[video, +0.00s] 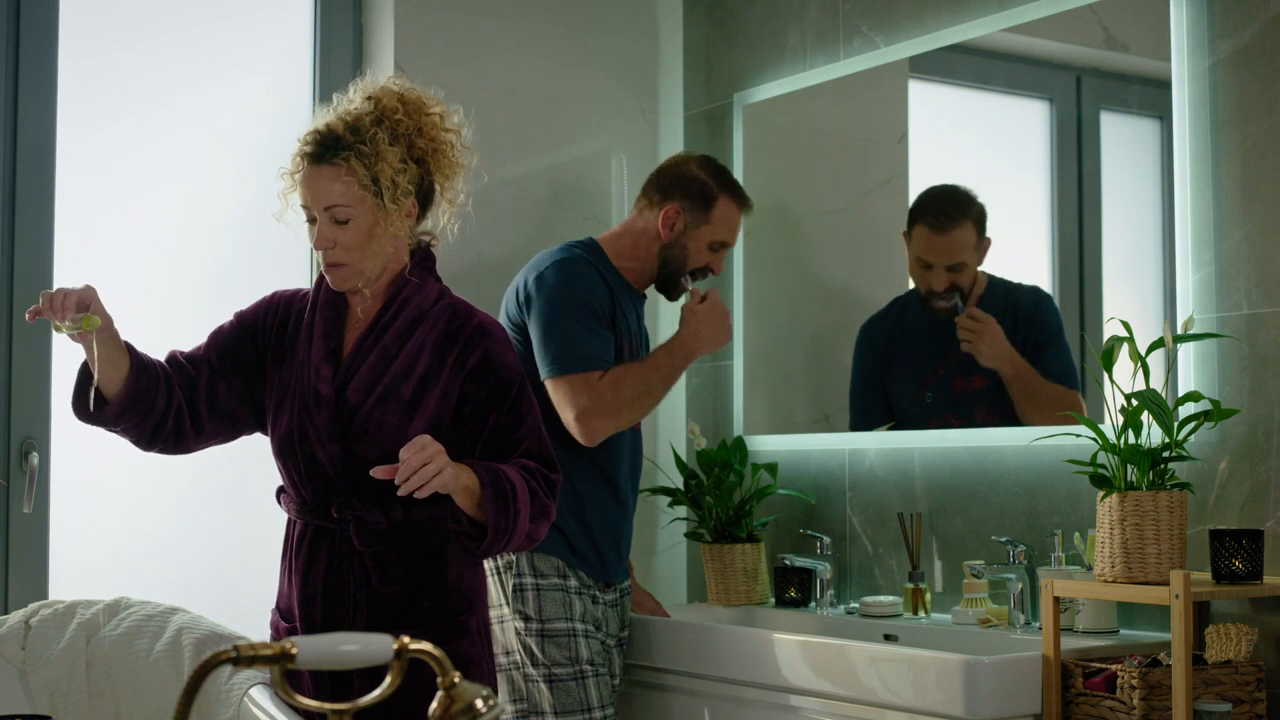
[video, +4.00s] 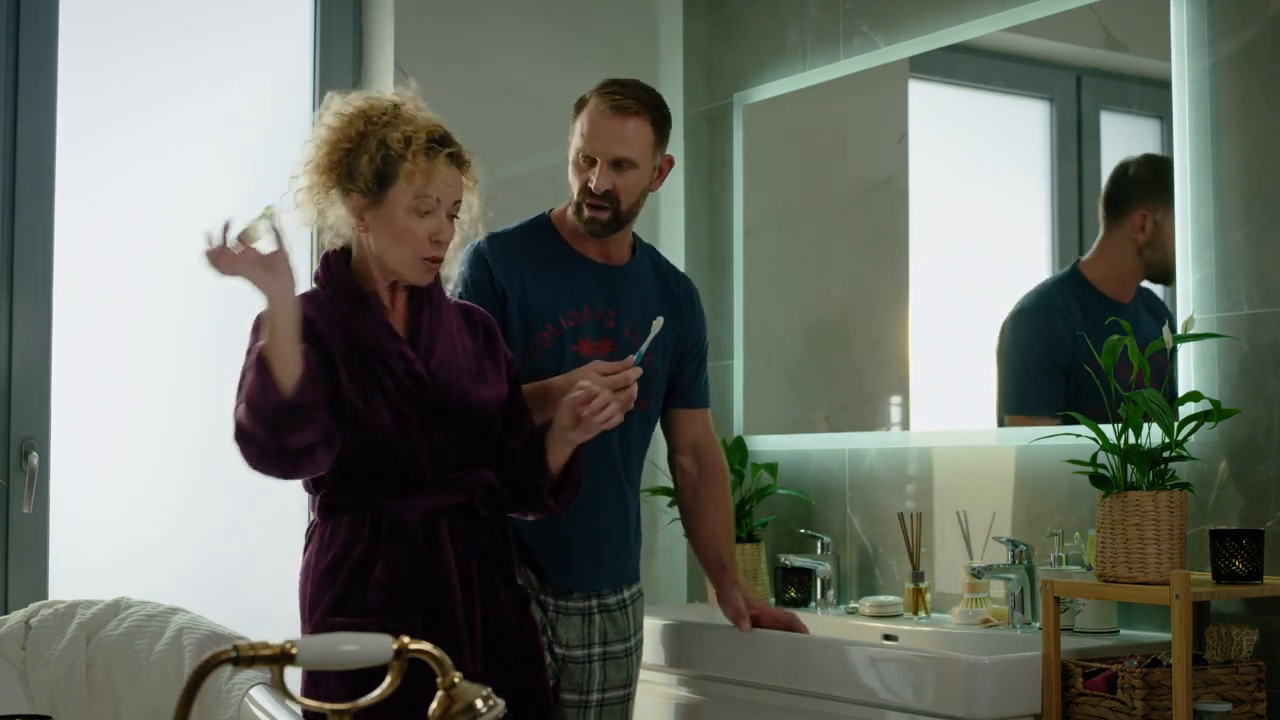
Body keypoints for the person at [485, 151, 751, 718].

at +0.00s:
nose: (716, 267)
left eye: (724, 252)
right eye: (714, 247)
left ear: (670, 225)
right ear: (668, 221)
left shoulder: (623, 306)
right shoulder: (565, 277)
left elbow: (592, 473)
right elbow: (588, 415)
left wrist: (623, 581)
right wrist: (688, 344)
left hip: (595, 576)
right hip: (542, 570)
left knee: (587, 706)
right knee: (566, 710)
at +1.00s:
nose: (679, 213)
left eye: (688, 198)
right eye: (663, 193)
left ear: (695, 202)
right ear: (613, 189)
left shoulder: (629, 303)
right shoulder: (555, 277)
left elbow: (602, 466)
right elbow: (554, 415)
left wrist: (624, 581)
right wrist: (675, 363)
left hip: (600, 577)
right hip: (543, 570)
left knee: (589, 706)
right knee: (570, 709)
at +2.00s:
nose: (605, 178)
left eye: (629, 163)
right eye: (596, 156)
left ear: (665, 178)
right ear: (578, 152)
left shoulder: (677, 297)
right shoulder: (501, 264)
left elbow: (697, 447)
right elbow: (454, 397)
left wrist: (737, 569)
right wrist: (549, 407)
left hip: (605, 572)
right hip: (505, 561)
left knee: (592, 711)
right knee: (508, 713)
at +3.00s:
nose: (600, 193)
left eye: (626, 179)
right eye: (592, 168)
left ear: (668, 187)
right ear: (579, 155)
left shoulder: (684, 301)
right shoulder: (500, 268)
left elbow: (697, 461)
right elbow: (453, 419)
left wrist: (715, 597)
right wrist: (534, 425)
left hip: (607, 583)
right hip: (499, 571)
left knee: (598, 710)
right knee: (501, 713)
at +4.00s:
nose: (597, 183)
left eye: (621, 166)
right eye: (586, 160)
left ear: (660, 171)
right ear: (569, 152)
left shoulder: (671, 295)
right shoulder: (495, 264)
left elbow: (695, 456)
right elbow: (454, 415)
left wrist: (730, 590)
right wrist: (551, 396)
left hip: (608, 590)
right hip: (499, 584)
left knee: (601, 713)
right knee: (499, 716)